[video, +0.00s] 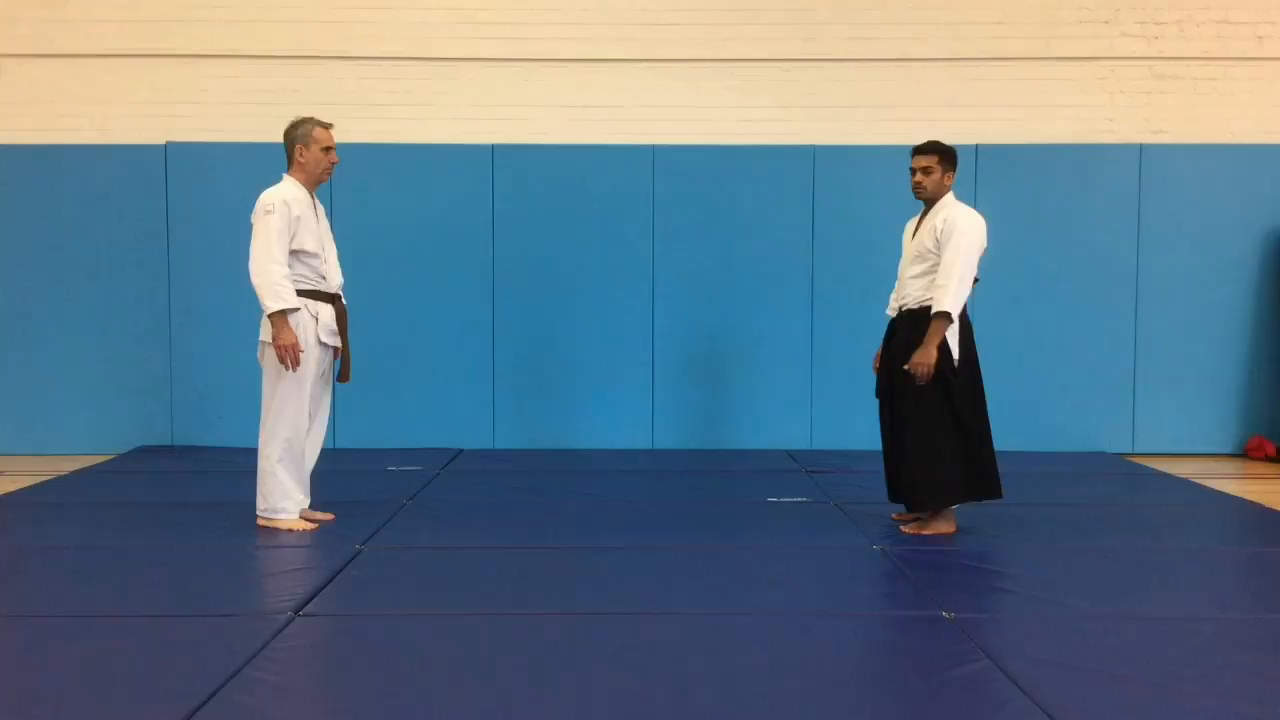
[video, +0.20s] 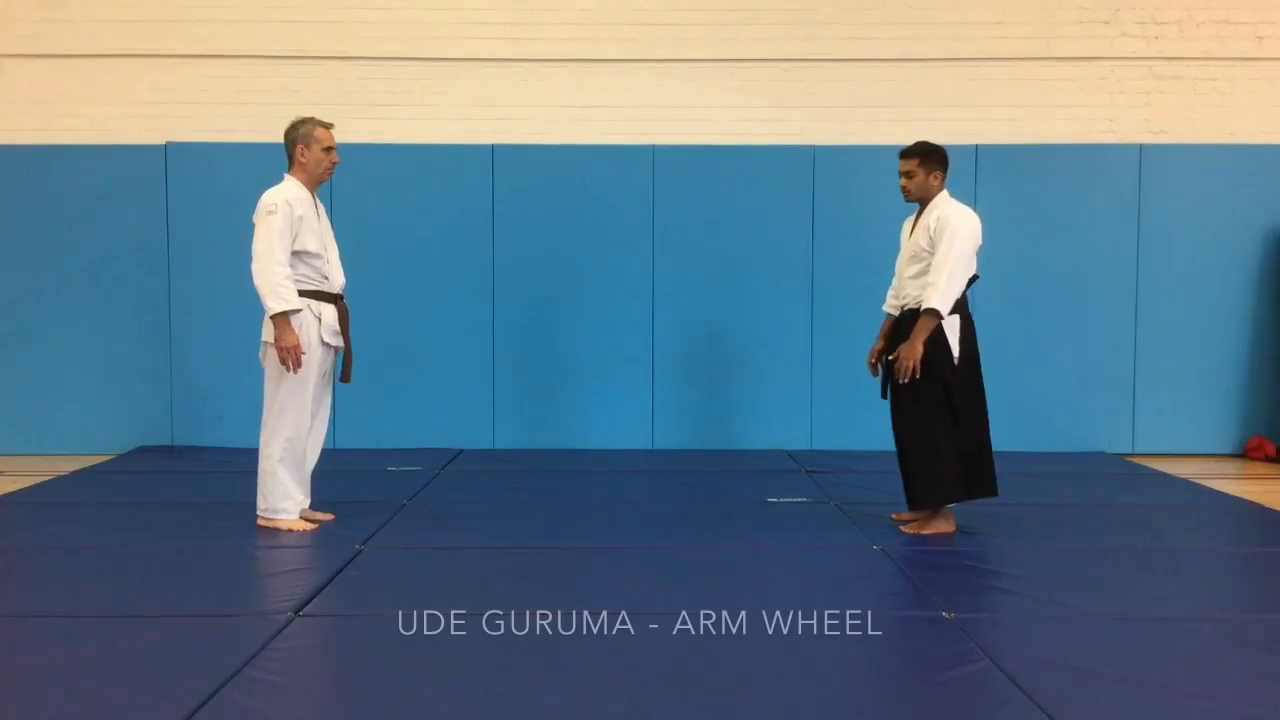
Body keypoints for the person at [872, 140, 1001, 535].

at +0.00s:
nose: (917, 179)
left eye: (926, 172)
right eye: (913, 172)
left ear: (948, 176)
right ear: (911, 176)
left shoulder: (964, 220)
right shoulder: (914, 224)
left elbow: (954, 286)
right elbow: (903, 288)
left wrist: (930, 343)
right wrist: (889, 343)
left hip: (937, 328)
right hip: (906, 327)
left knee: (936, 422)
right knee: (910, 420)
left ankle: (944, 514)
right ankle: (924, 505)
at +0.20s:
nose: (902, 183)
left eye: (909, 176)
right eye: (901, 176)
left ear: (935, 176)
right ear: (912, 177)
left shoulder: (959, 219)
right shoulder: (912, 222)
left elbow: (946, 285)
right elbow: (900, 286)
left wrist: (917, 338)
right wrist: (884, 336)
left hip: (940, 328)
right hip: (911, 327)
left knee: (935, 417)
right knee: (913, 417)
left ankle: (943, 512)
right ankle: (925, 504)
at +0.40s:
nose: (878, 196)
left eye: (883, 188)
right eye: (877, 189)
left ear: (909, 185)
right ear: (904, 188)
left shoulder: (943, 221)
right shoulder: (903, 229)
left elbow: (943, 288)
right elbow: (904, 293)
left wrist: (919, 344)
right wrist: (894, 343)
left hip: (952, 329)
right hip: (926, 330)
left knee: (945, 416)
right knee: (924, 416)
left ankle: (945, 513)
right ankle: (935, 505)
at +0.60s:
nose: (861, 213)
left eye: (865, 205)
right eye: (860, 206)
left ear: (890, 200)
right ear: (888, 202)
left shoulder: (928, 230)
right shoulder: (901, 235)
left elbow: (943, 294)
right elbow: (915, 298)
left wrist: (939, 354)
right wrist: (916, 350)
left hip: (954, 333)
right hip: (930, 332)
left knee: (950, 419)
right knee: (936, 419)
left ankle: (947, 511)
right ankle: (938, 503)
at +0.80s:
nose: (872, 193)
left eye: (878, 186)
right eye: (872, 186)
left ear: (903, 187)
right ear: (899, 188)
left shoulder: (931, 222)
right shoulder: (907, 226)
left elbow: (929, 290)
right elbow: (913, 289)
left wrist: (903, 342)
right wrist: (901, 341)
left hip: (946, 330)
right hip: (927, 329)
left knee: (939, 417)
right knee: (927, 416)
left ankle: (944, 511)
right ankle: (936, 503)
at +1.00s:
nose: (892, 181)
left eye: (899, 175)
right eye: (894, 175)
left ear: (923, 179)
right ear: (919, 180)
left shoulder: (939, 221)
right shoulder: (919, 220)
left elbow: (899, 266)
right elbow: (915, 276)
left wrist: (836, 275)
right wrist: (879, 288)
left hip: (936, 327)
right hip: (919, 325)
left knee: (922, 413)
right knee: (912, 413)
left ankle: (938, 504)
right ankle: (927, 501)